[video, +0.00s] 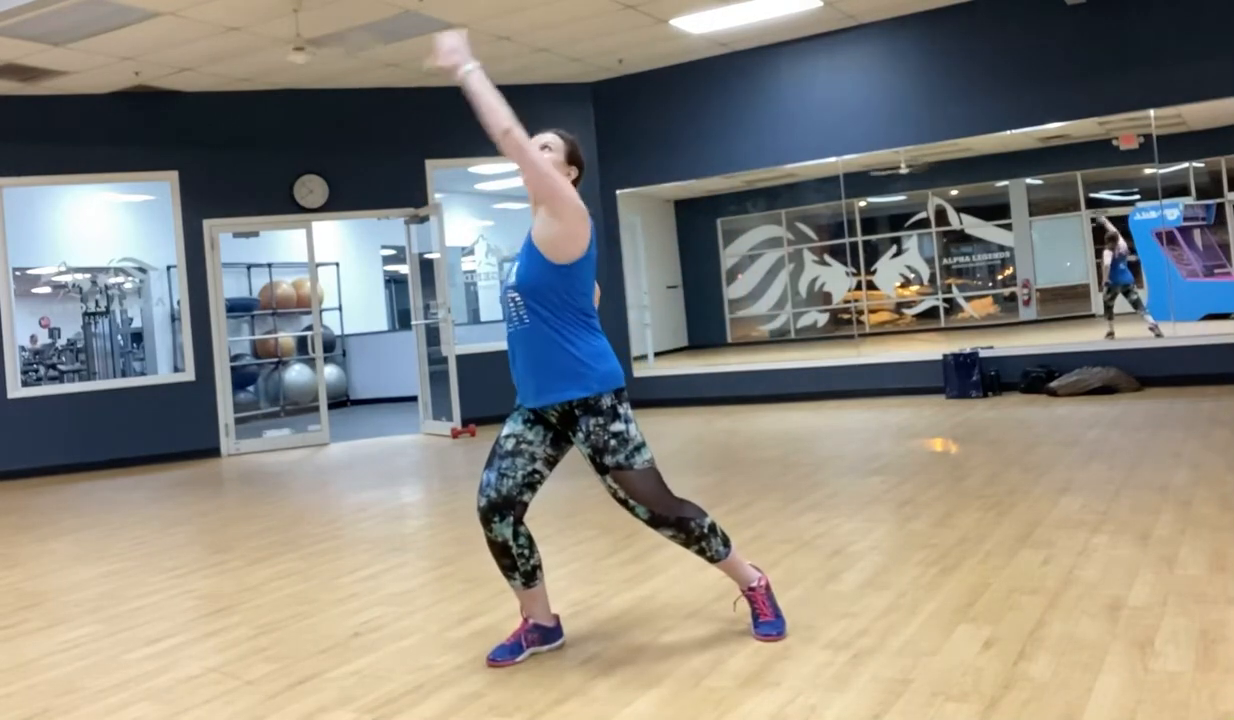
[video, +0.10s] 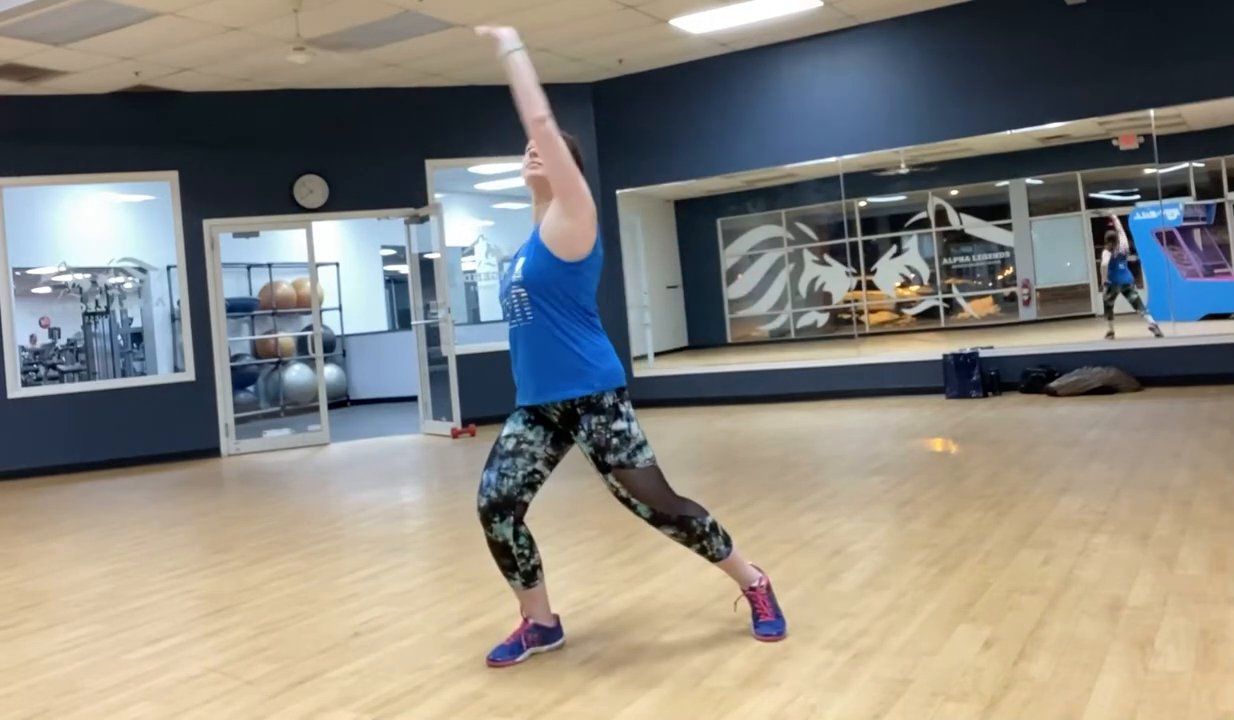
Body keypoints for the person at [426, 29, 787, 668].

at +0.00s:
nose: (528, 151)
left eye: (542, 147)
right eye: (530, 145)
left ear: (567, 169)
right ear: (544, 170)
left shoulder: (565, 209)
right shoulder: (546, 225)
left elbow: (506, 134)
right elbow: (584, 304)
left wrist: (467, 64)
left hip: (593, 398)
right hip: (539, 405)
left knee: (655, 507)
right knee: (496, 506)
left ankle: (752, 582)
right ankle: (539, 620)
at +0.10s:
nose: (531, 153)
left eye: (541, 144)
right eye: (528, 145)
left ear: (565, 161)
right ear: (528, 167)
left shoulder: (573, 212)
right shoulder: (537, 226)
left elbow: (540, 121)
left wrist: (509, 44)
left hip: (595, 398)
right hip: (538, 405)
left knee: (658, 507)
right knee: (496, 506)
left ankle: (752, 581)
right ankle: (539, 620)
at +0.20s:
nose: (532, 153)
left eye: (545, 145)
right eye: (529, 148)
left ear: (569, 161)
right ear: (527, 169)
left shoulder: (577, 217)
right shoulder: (534, 235)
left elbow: (554, 117)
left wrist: (530, 37)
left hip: (597, 399)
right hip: (538, 407)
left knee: (658, 505)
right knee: (496, 505)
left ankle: (753, 582)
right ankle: (540, 621)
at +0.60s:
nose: (547, 152)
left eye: (556, 145)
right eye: (536, 149)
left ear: (574, 162)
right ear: (524, 173)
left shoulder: (592, 214)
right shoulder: (526, 243)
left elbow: (621, 123)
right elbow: (540, 320)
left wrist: (635, 38)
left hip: (607, 394)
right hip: (541, 403)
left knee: (673, 498)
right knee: (498, 508)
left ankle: (755, 587)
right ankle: (540, 621)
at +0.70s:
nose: (548, 152)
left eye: (556, 146)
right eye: (536, 149)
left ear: (573, 162)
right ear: (522, 172)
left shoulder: (592, 212)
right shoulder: (521, 248)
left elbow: (631, 123)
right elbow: (517, 325)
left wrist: (651, 36)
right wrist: (516, 383)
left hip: (610, 394)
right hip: (541, 404)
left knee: (676, 497)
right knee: (498, 508)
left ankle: (755, 589)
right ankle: (539, 621)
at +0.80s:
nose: (547, 157)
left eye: (555, 148)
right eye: (534, 152)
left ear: (571, 160)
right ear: (519, 169)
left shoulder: (597, 205)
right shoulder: (507, 238)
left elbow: (646, 129)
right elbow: (464, 293)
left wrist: (682, 60)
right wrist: (447, 340)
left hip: (613, 383)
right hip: (539, 397)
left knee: (675, 491)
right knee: (499, 507)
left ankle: (752, 589)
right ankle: (540, 621)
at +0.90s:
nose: (550, 157)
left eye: (557, 147)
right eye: (537, 150)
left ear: (572, 153)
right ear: (521, 163)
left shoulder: (598, 200)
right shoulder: (500, 230)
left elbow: (657, 132)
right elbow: (439, 268)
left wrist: (697, 61)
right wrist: (397, 311)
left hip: (614, 376)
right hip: (540, 389)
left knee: (677, 486)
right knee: (507, 501)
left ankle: (746, 590)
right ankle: (540, 621)